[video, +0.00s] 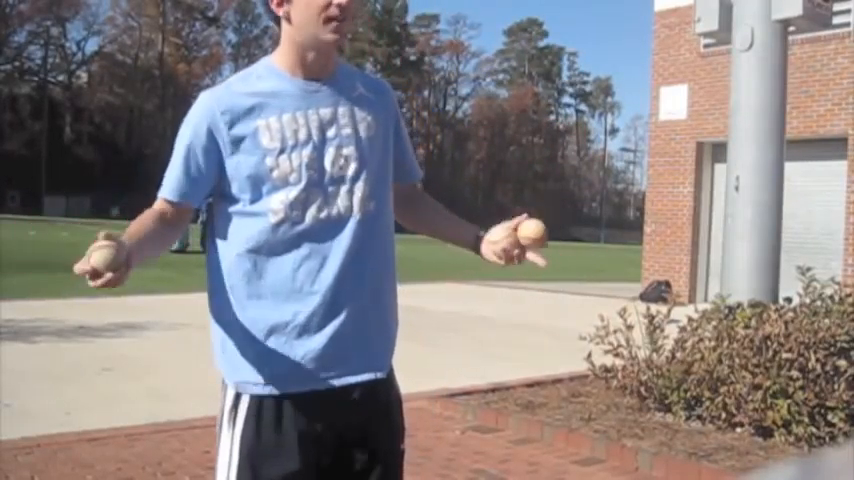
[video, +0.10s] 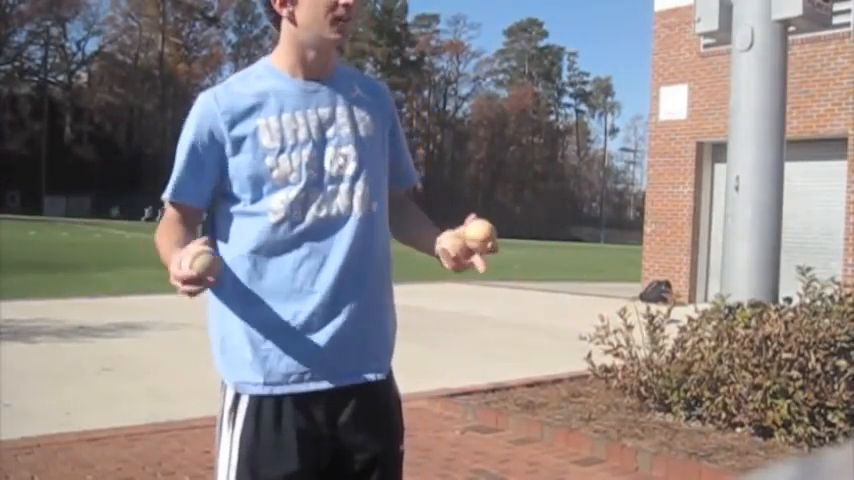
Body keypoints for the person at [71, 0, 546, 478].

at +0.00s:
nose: (339, 3)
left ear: (358, 10)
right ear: (280, 8)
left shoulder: (376, 99)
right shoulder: (223, 107)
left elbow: (406, 198)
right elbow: (170, 211)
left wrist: (481, 239)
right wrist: (123, 249)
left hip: (368, 379)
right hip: (271, 386)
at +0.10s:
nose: (346, 4)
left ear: (357, 10)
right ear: (284, 7)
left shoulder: (374, 100)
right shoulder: (221, 108)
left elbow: (397, 204)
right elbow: (176, 223)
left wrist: (440, 241)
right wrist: (183, 258)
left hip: (365, 373)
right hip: (267, 380)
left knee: (375, 469)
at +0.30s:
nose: (322, 5)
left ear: (347, 14)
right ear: (275, 9)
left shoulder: (374, 102)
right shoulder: (221, 107)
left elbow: (398, 211)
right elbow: (185, 231)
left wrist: (388, 243)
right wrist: (279, 249)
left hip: (362, 375)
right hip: (265, 382)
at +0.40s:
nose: (307, 8)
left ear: (342, 10)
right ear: (272, 9)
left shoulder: (376, 105)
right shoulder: (221, 108)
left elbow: (400, 214)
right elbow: (185, 233)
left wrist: (384, 248)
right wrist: (278, 248)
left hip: (362, 377)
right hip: (263, 382)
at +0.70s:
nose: (300, 8)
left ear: (339, 10)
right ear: (269, 10)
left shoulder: (377, 108)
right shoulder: (220, 112)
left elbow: (406, 212)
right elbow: (174, 235)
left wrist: (456, 284)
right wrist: (250, 225)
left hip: (360, 381)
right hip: (260, 385)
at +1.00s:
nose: (301, 8)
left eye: (314, 0)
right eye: (288, 0)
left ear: (338, 10)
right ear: (267, 11)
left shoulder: (377, 108)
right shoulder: (220, 112)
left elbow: (415, 218)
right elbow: (171, 235)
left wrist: (477, 309)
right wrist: (256, 204)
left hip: (360, 382)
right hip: (260, 386)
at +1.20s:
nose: (305, 7)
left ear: (341, 9)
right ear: (268, 10)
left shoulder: (377, 108)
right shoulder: (221, 111)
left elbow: (411, 220)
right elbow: (171, 235)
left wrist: (470, 314)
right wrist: (257, 202)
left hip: (360, 382)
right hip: (261, 386)